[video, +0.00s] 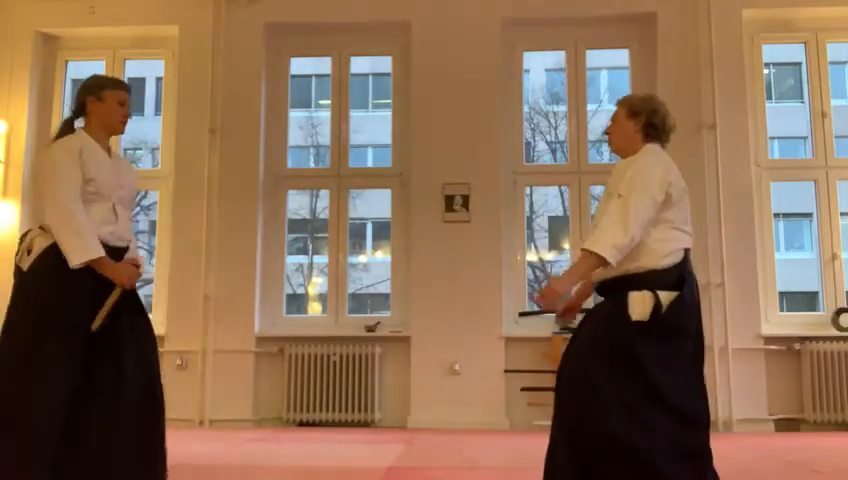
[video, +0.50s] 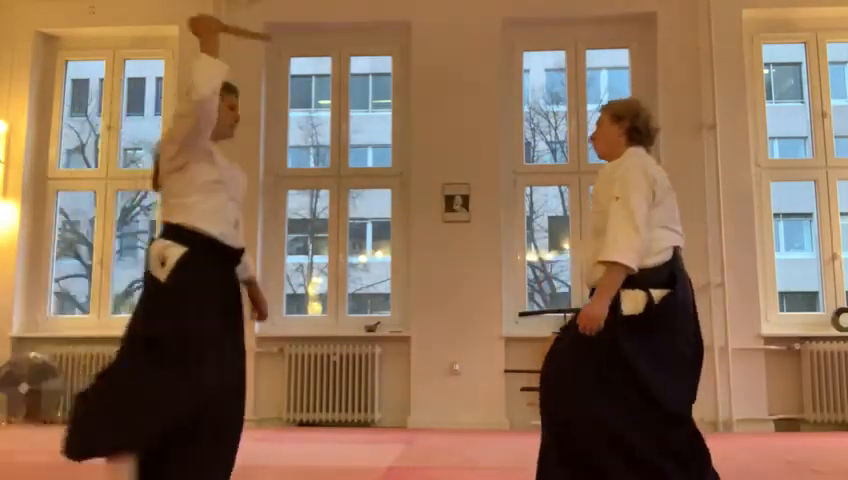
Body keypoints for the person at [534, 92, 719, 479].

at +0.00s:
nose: (608, 127)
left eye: (616, 119)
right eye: (611, 119)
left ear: (638, 125)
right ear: (638, 127)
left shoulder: (650, 162)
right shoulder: (636, 166)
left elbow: (620, 232)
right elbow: (614, 240)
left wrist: (567, 281)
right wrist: (580, 294)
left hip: (650, 298)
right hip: (637, 296)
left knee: (578, 376)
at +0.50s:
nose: (592, 133)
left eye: (600, 125)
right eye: (595, 125)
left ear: (623, 130)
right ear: (626, 131)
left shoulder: (631, 165)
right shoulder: (640, 165)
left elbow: (628, 237)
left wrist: (600, 298)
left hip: (640, 293)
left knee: (564, 368)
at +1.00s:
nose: (473, 115)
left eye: (480, 108)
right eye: (477, 108)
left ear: (501, 116)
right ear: (511, 118)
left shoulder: (508, 151)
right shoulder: (494, 169)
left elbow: (433, 131)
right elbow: (451, 197)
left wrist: (385, 91)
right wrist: (409, 185)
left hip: (521, 297)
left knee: (446, 386)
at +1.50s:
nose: (437, 104)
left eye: (446, 93)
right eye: (441, 94)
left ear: (473, 98)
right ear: (474, 100)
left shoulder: (474, 139)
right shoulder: (486, 149)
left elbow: (384, 141)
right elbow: (425, 203)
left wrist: (292, 128)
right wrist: (372, 173)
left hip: (499, 283)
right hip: (528, 283)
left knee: (409, 383)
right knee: (544, 399)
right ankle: (630, 472)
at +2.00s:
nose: (528, 138)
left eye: (530, 127)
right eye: (527, 129)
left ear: (552, 117)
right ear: (577, 119)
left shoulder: (545, 152)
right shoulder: (608, 155)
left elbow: (510, 222)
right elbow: (582, 241)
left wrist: (464, 267)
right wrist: (514, 287)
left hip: (603, 267)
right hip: (659, 262)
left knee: (535, 390)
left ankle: (517, 471)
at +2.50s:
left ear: (471, 108)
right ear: (515, 102)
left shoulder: (458, 159)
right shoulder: (517, 122)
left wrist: (540, 175)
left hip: (455, 276)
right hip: (509, 278)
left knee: (491, 399)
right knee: (574, 378)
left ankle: (488, 470)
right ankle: (595, 467)